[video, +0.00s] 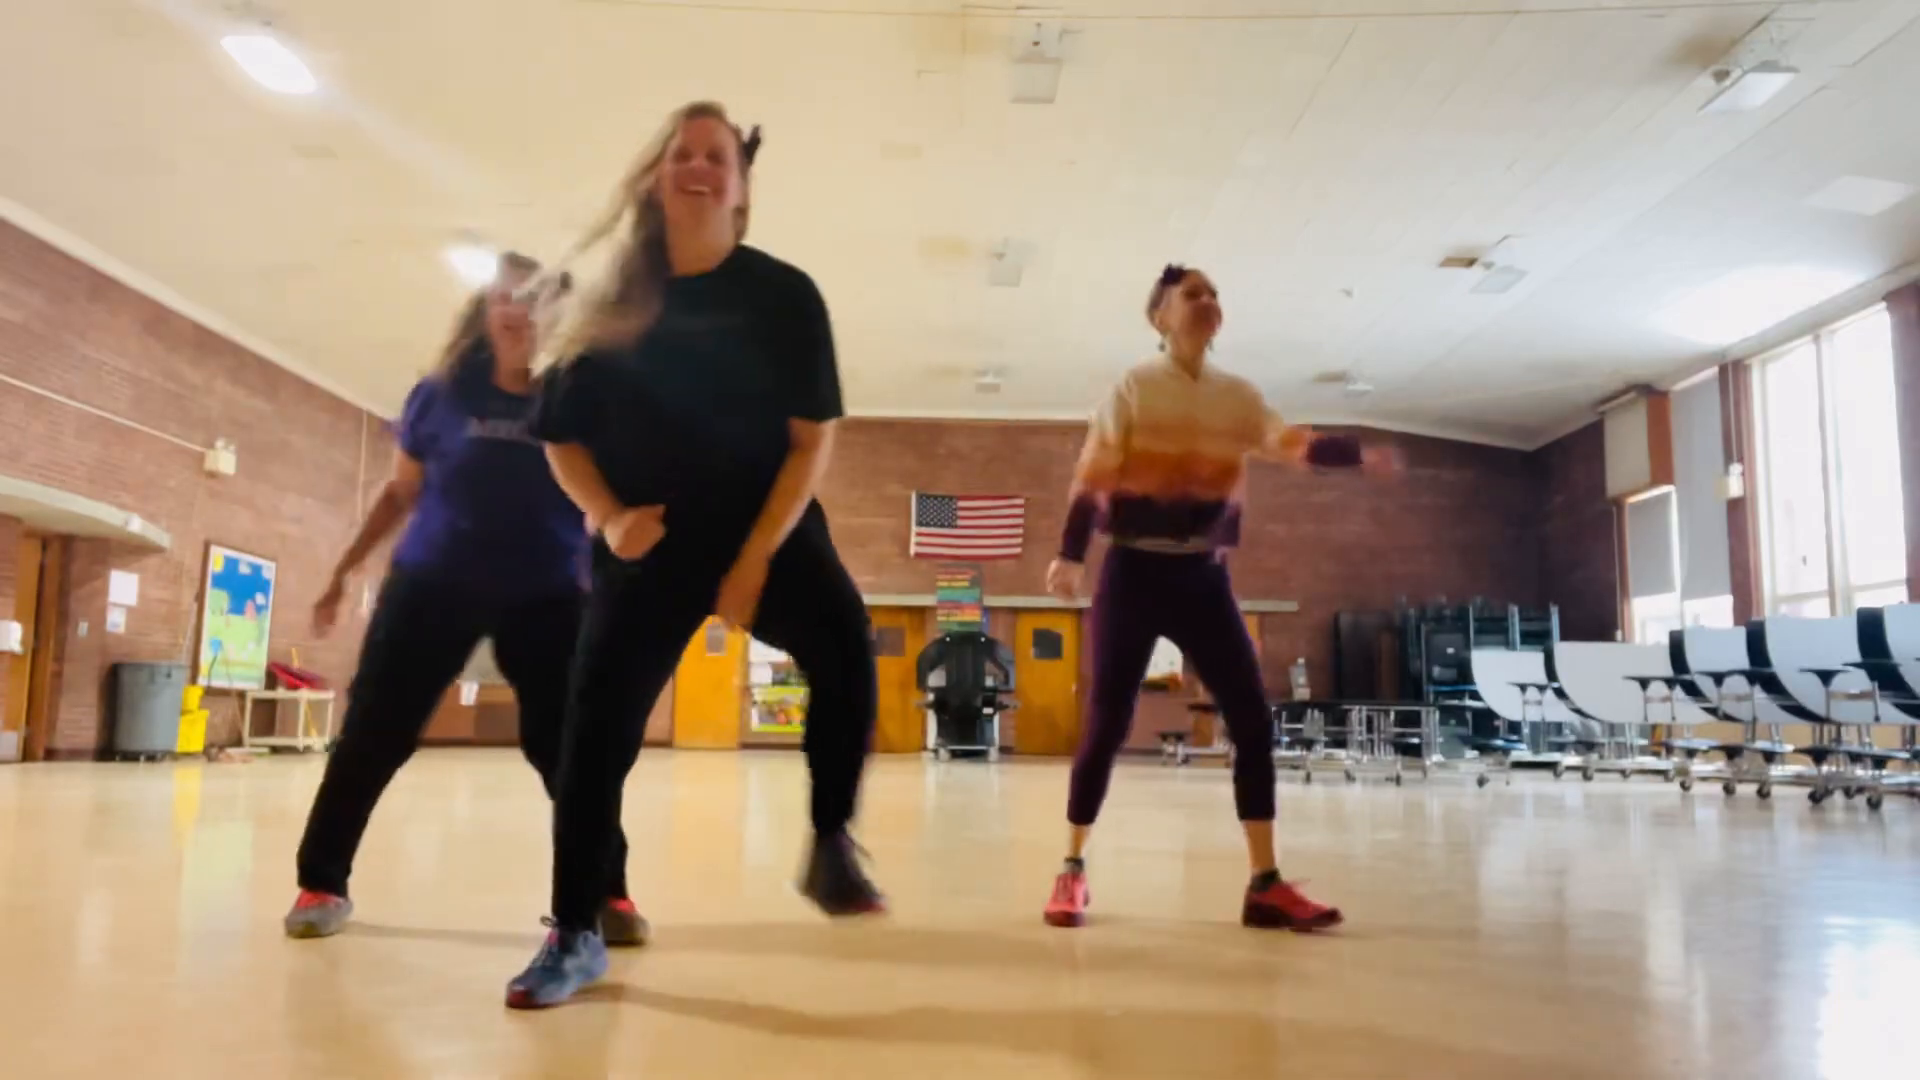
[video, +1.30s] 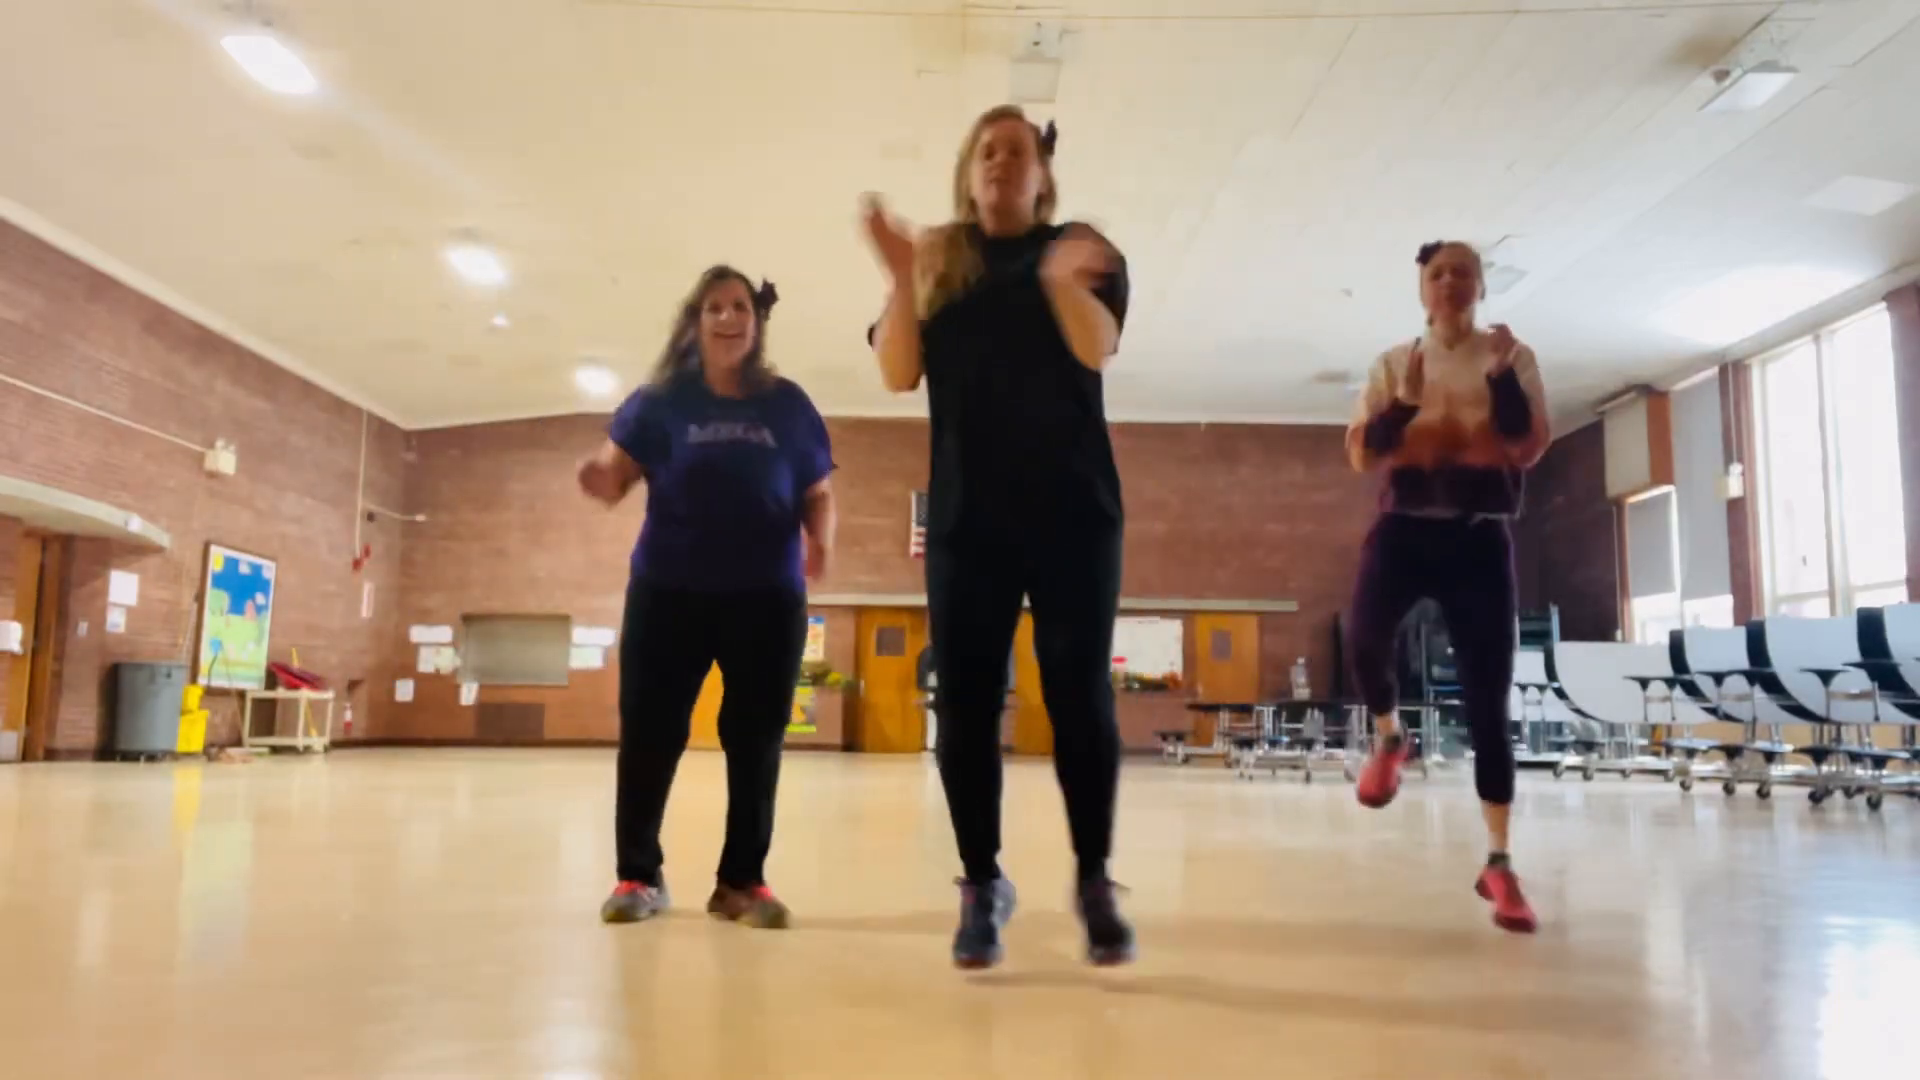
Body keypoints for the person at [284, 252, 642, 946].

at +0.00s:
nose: (516, 314)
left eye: (530, 302)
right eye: (505, 301)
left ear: (553, 314)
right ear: (484, 311)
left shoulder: (572, 403)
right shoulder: (440, 396)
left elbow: (609, 498)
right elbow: (400, 492)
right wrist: (344, 571)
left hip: (543, 594)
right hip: (436, 587)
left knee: (565, 744)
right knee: (375, 731)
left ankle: (608, 892)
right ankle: (321, 886)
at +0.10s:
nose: (562, 307)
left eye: (576, 296)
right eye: (551, 294)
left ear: (600, 309)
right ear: (531, 304)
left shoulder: (619, 398)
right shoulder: (489, 384)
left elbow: (640, 492)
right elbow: (441, 481)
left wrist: (641, 561)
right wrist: (397, 563)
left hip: (579, 583)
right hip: (473, 573)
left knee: (591, 740)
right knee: (407, 722)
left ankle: (609, 894)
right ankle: (354, 875)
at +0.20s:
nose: (597, 305)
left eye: (612, 295)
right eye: (584, 293)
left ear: (636, 307)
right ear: (566, 305)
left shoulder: (658, 392)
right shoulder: (524, 378)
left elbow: (695, 484)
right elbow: (474, 469)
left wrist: (690, 513)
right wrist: (424, 542)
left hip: (603, 583)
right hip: (501, 569)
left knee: (596, 736)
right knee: (459, 709)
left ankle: (603, 904)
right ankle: (459, 858)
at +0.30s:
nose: (618, 306)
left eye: (632, 295)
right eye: (606, 294)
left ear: (657, 309)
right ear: (589, 307)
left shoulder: (681, 407)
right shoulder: (547, 382)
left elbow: (721, 502)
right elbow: (496, 470)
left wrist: (758, 561)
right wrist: (447, 530)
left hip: (624, 590)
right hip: (528, 578)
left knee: (609, 737)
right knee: (521, 719)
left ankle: (609, 892)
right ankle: (565, 842)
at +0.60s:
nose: (628, 324)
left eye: (637, 312)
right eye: (613, 315)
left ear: (657, 321)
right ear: (594, 328)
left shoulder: (701, 400)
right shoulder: (573, 414)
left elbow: (741, 495)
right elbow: (544, 503)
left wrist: (751, 573)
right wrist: (541, 534)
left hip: (692, 587)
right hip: (600, 592)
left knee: (676, 728)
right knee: (609, 736)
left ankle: (665, 882)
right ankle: (629, 877)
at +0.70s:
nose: (638, 318)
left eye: (647, 306)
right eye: (624, 310)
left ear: (669, 315)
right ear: (606, 326)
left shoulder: (715, 396)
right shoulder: (585, 412)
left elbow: (762, 484)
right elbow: (559, 497)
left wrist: (773, 552)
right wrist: (556, 507)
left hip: (707, 582)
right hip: (613, 589)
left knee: (703, 722)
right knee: (619, 738)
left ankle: (729, 872)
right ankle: (637, 877)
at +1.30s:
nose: (728, 318)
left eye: (739, 308)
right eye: (716, 308)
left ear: (758, 322)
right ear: (695, 323)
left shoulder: (788, 405)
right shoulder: (661, 400)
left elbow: (818, 490)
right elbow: (614, 476)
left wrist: (820, 538)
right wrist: (598, 476)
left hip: (764, 597)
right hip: (670, 592)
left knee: (756, 742)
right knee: (649, 735)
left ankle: (740, 883)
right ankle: (638, 878)